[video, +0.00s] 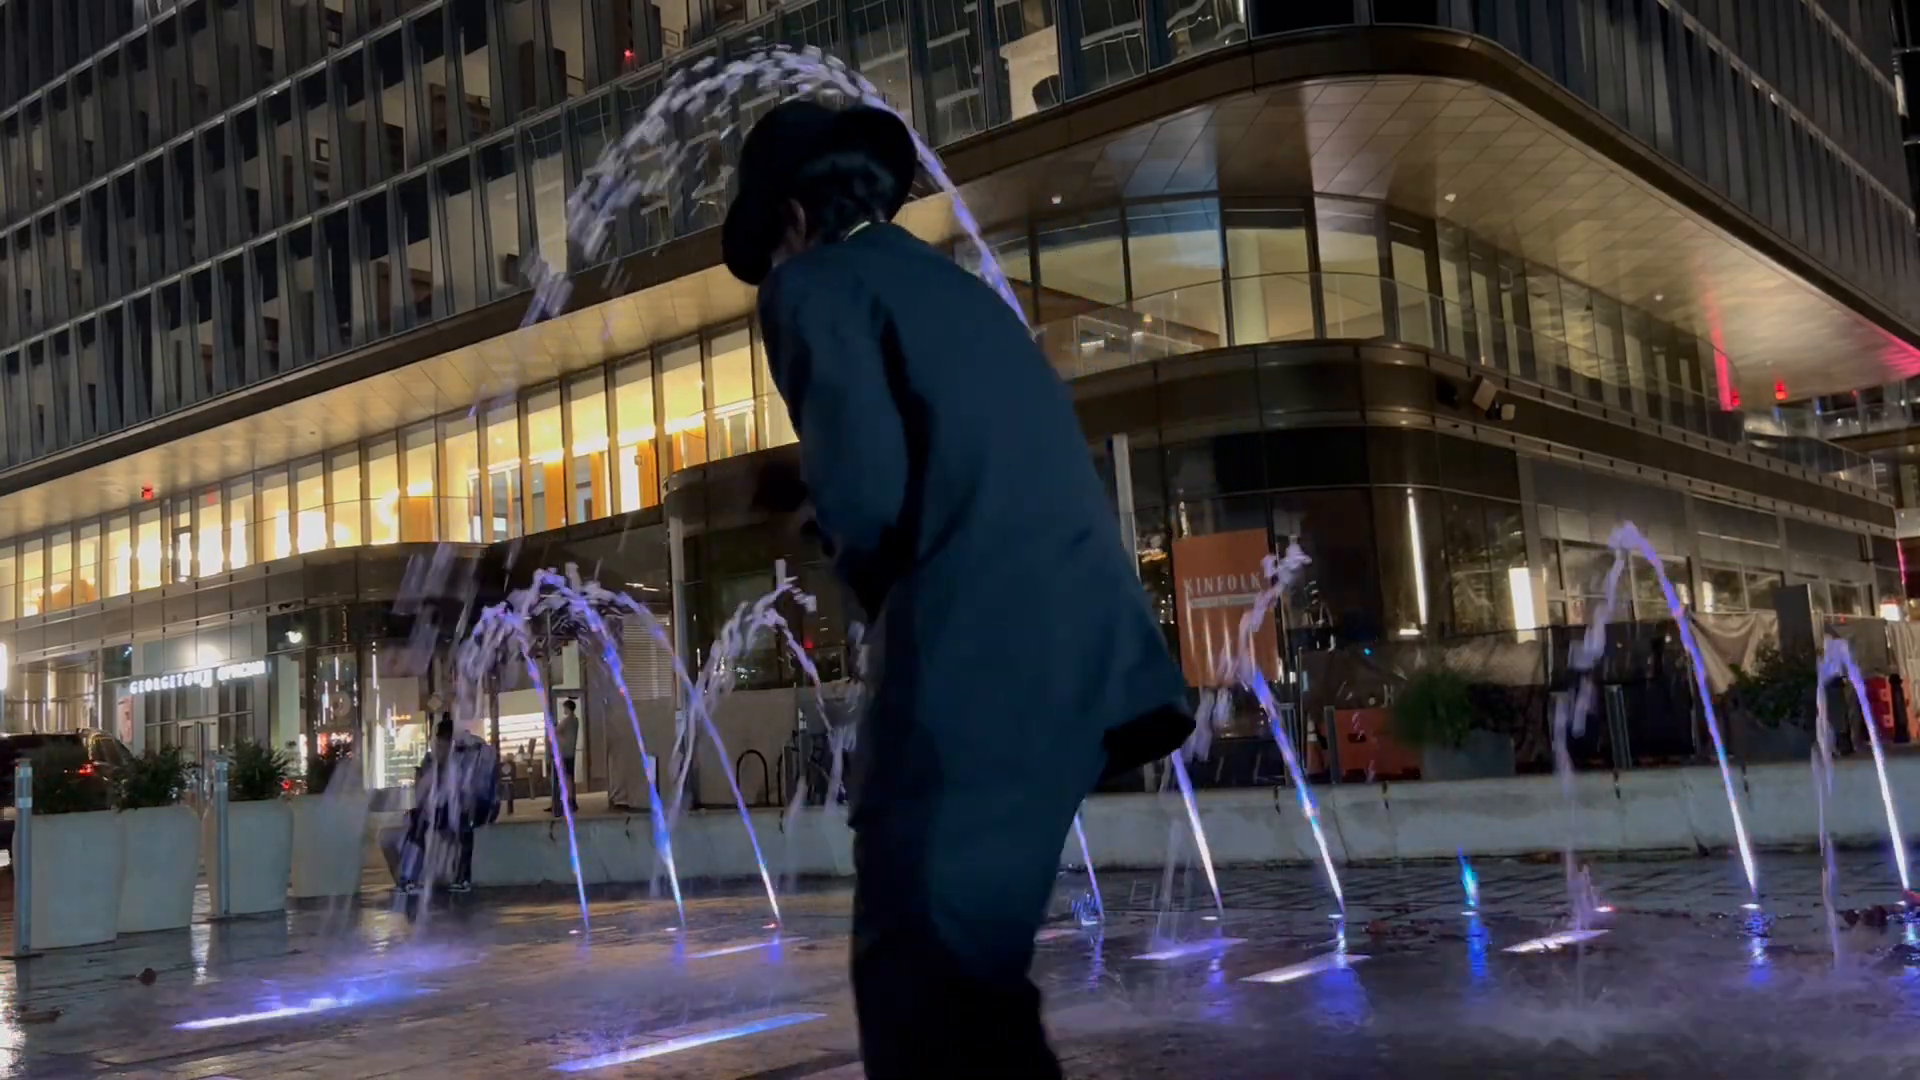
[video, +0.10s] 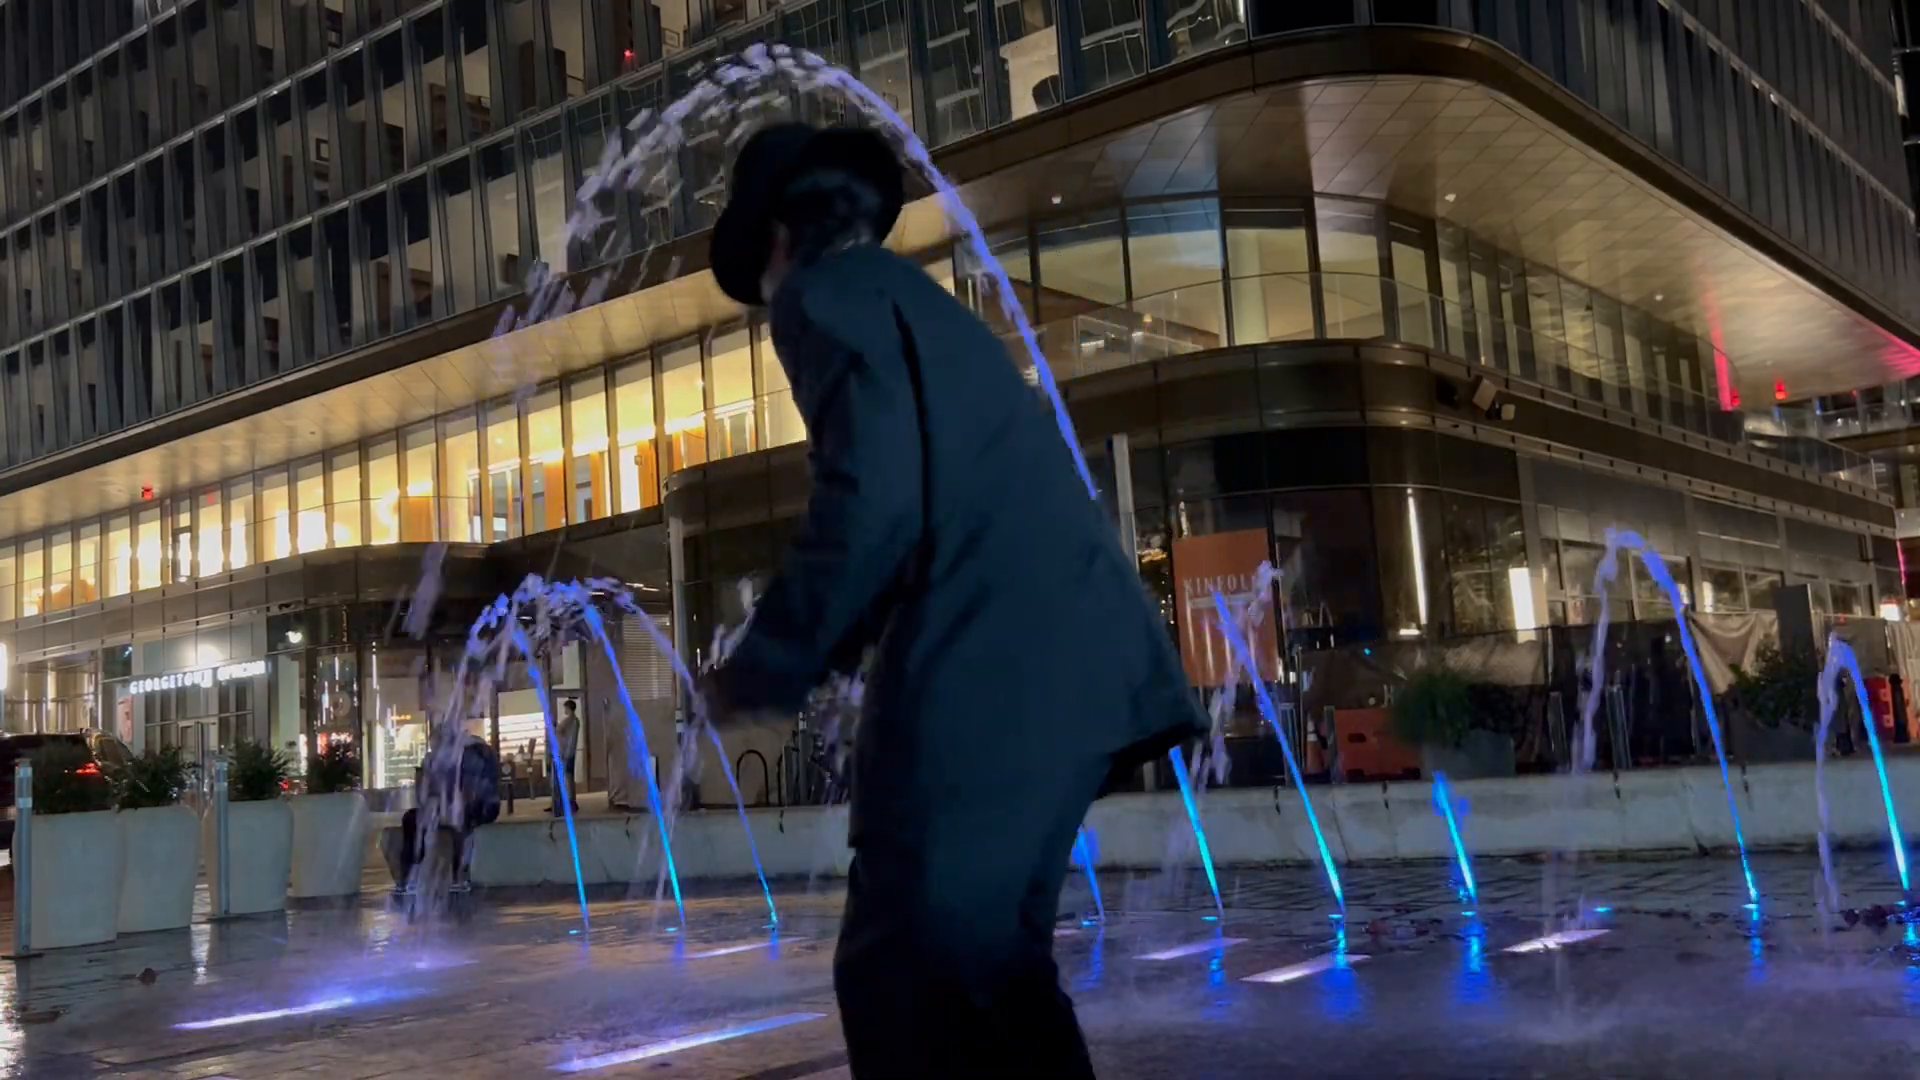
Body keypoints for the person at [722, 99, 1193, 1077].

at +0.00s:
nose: (763, 273)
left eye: (759, 248)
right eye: (756, 256)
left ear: (792, 217)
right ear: (875, 199)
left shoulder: (817, 280)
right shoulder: (949, 284)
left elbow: (862, 493)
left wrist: (859, 573)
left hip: (986, 651)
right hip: (1067, 643)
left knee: (911, 966)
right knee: (976, 962)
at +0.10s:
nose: (758, 285)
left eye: (754, 257)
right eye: (752, 263)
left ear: (781, 232)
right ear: (861, 221)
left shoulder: (828, 294)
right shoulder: (928, 304)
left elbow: (873, 500)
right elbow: (921, 520)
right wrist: (803, 655)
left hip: (993, 675)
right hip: (1063, 666)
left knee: (892, 973)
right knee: (1000, 961)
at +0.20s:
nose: (747, 354)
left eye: (740, 323)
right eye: (739, 334)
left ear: (756, 290)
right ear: (838, 276)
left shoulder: (830, 336)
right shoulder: (895, 351)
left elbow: (839, 519)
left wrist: (652, 649)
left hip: (1017, 701)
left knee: (880, 976)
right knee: (1014, 972)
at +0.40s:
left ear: (837, 294)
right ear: (953, 265)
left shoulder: (792, 406)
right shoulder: (1039, 327)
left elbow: (816, 606)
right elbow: (1170, 463)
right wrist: (1166, 627)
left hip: (929, 731)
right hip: (1093, 704)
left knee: (854, 1009)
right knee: (1035, 974)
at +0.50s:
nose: (1060, 248)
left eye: (1056, 230)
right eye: (1047, 229)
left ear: (933, 240)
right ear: (1002, 231)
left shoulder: (871, 369)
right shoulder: (1036, 299)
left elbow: (846, 523)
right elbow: (1067, 434)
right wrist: (1216, 564)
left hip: (880, 702)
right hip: (1041, 686)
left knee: (900, 994)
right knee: (1093, 989)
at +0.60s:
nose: (1094, 242)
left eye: (1097, 221)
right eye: (1078, 216)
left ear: (1009, 212)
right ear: (1002, 211)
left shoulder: (962, 312)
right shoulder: (996, 297)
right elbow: (985, 451)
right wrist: (1194, 505)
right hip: (994, 723)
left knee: (993, 988)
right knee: (1145, 984)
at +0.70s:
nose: (1094, 212)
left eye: (1096, 189)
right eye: (1073, 184)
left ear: (1009, 191)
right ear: (989, 184)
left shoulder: (1025, 326)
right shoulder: (919, 279)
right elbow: (835, 436)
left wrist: (1081, 558)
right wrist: (1037, 480)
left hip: (998, 680)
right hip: (942, 687)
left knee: (1074, 926)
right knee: (1087, 923)